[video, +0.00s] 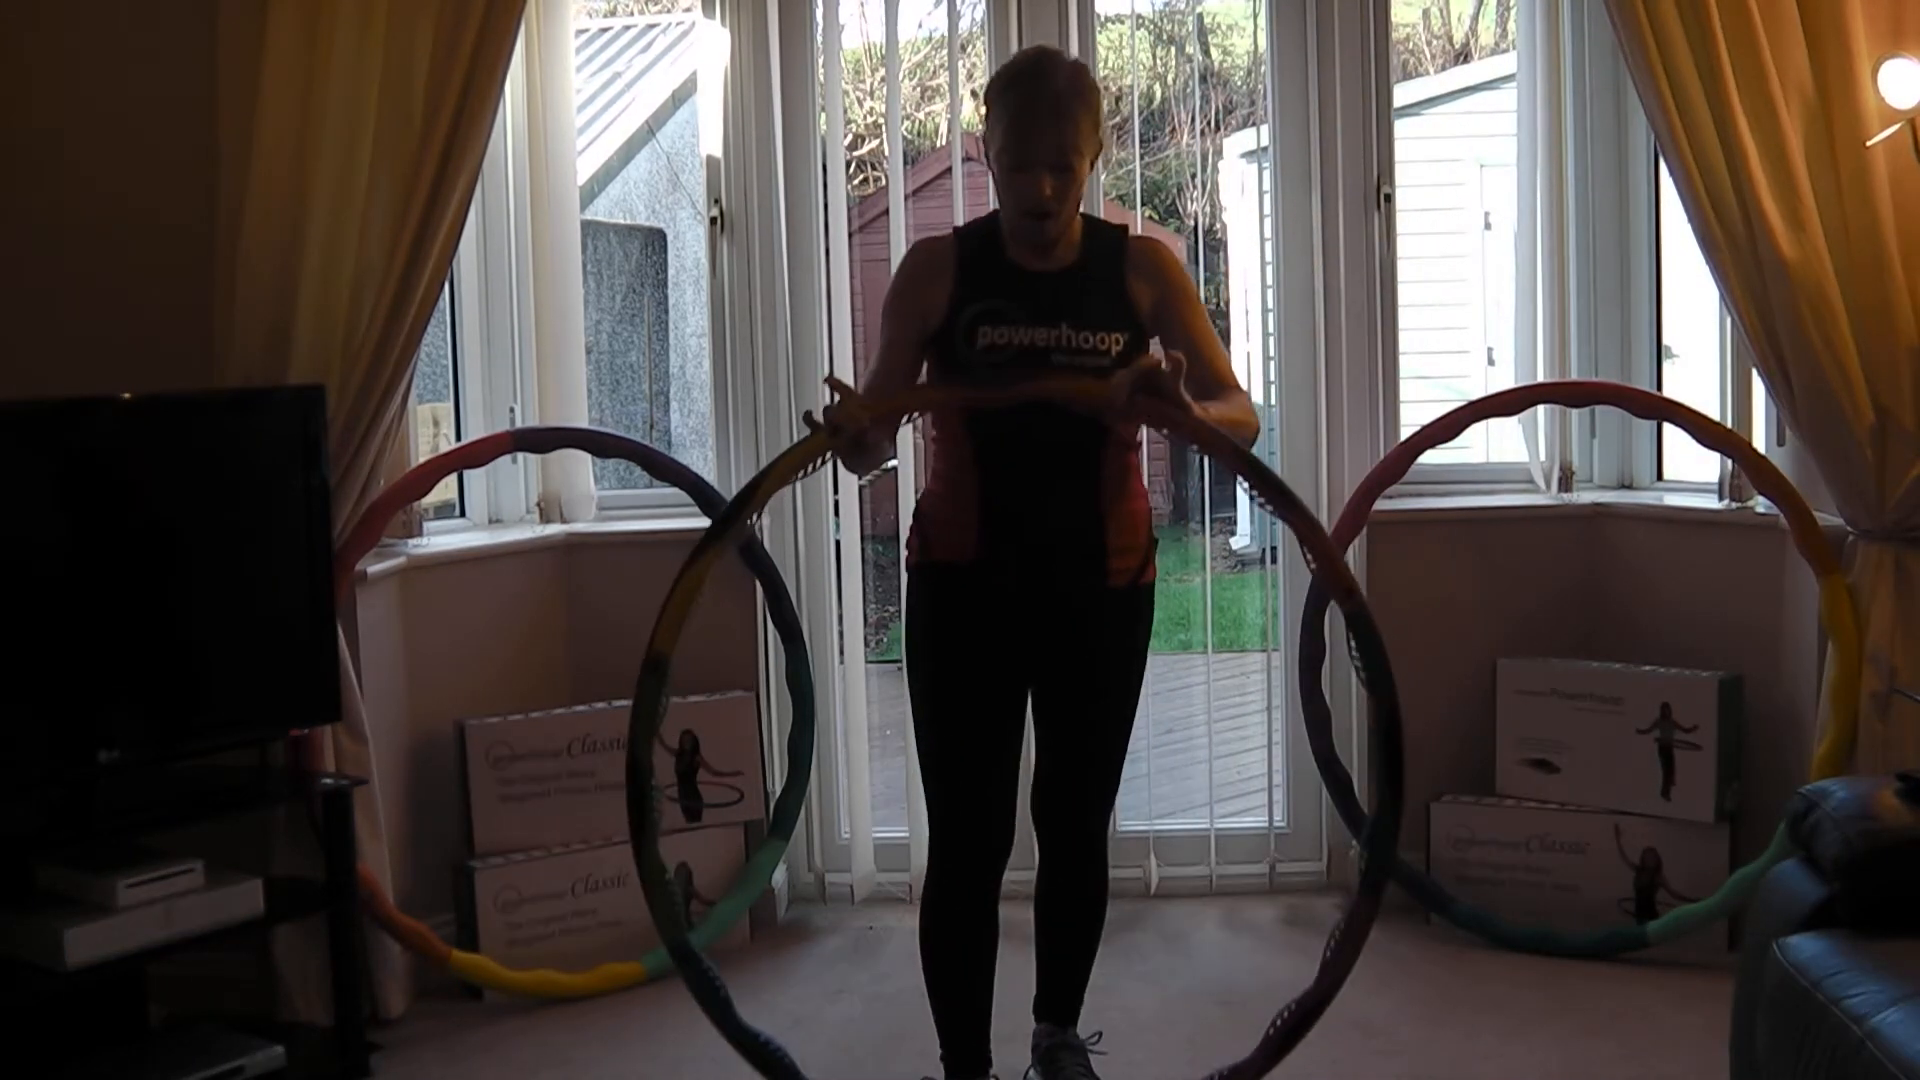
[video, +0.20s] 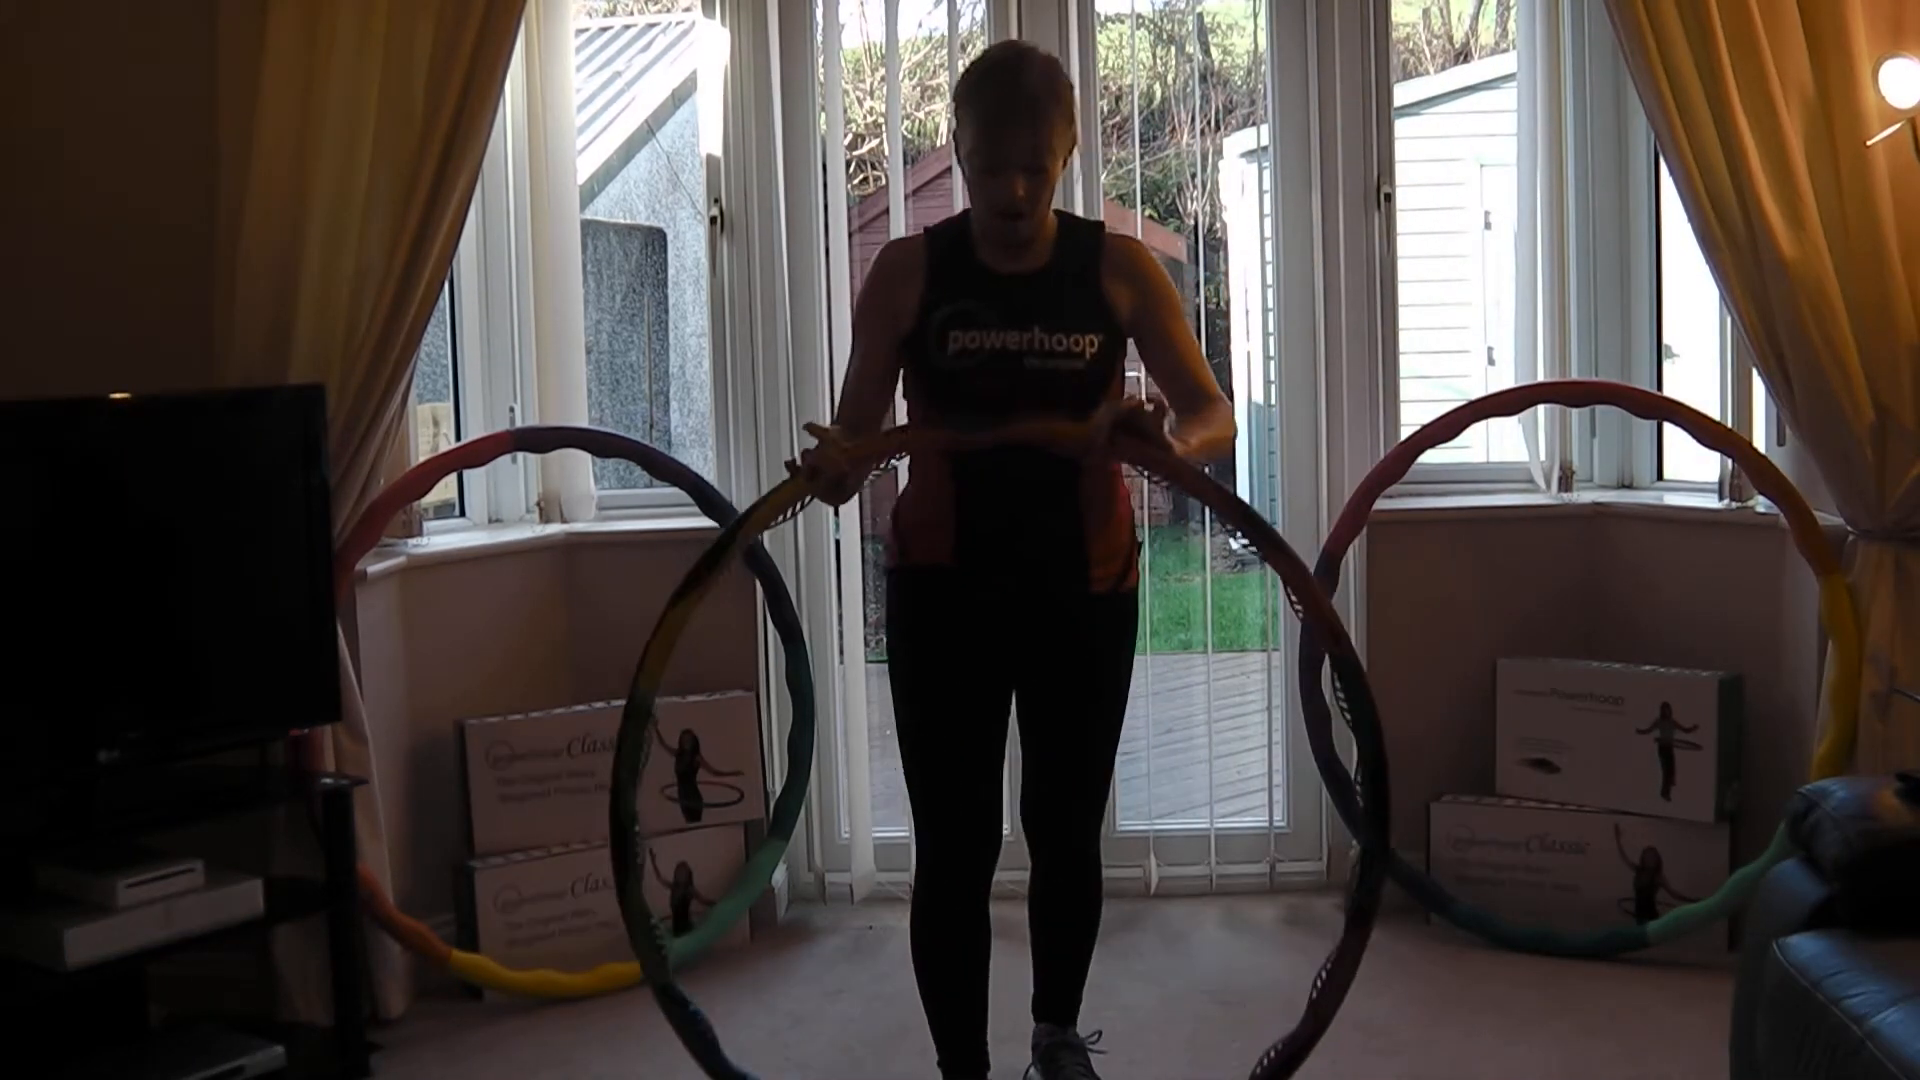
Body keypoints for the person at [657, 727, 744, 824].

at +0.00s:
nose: (685, 742)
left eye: (688, 740)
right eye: (683, 739)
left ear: (693, 741)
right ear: (680, 741)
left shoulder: (696, 757)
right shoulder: (678, 755)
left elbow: (713, 772)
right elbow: (663, 745)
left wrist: (734, 774)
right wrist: (656, 731)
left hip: (693, 796)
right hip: (682, 796)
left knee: (696, 828)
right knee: (691, 829)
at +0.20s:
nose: (685, 742)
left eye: (688, 739)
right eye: (683, 739)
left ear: (694, 741)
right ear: (680, 741)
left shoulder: (696, 757)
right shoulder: (678, 754)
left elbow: (714, 772)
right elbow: (663, 745)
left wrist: (734, 773)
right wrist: (655, 728)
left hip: (693, 796)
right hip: (682, 796)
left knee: (697, 828)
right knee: (691, 829)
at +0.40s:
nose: (685, 742)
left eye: (688, 739)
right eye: (683, 739)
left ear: (694, 741)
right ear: (680, 741)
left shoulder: (696, 757)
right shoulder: (678, 754)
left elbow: (714, 772)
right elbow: (663, 745)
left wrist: (734, 773)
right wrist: (656, 729)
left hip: (693, 796)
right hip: (682, 796)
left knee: (697, 829)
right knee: (691, 829)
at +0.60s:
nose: (685, 742)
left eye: (688, 739)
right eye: (683, 739)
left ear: (694, 741)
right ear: (680, 741)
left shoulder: (696, 757)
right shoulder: (678, 754)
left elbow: (714, 772)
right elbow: (663, 745)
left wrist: (734, 773)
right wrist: (655, 727)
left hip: (693, 796)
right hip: (682, 796)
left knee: (696, 829)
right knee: (691, 830)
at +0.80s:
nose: (685, 742)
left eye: (688, 739)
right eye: (683, 739)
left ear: (693, 741)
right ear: (680, 741)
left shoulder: (696, 757)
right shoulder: (678, 754)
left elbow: (714, 772)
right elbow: (663, 744)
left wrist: (733, 773)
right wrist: (655, 726)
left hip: (693, 796)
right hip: (682, 796)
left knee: (696, 829)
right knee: (691, 830)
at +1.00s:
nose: (685, 742)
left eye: (688, 739)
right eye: (683, 739)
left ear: (693, 742)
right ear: (680, 741)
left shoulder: (696, 757)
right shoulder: (678, 755)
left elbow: (714, 772)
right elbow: (662, 743)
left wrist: (734, 773)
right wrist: (656, 726)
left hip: (693, 795)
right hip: (682, 795)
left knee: (696, 828)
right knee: (691, 828)